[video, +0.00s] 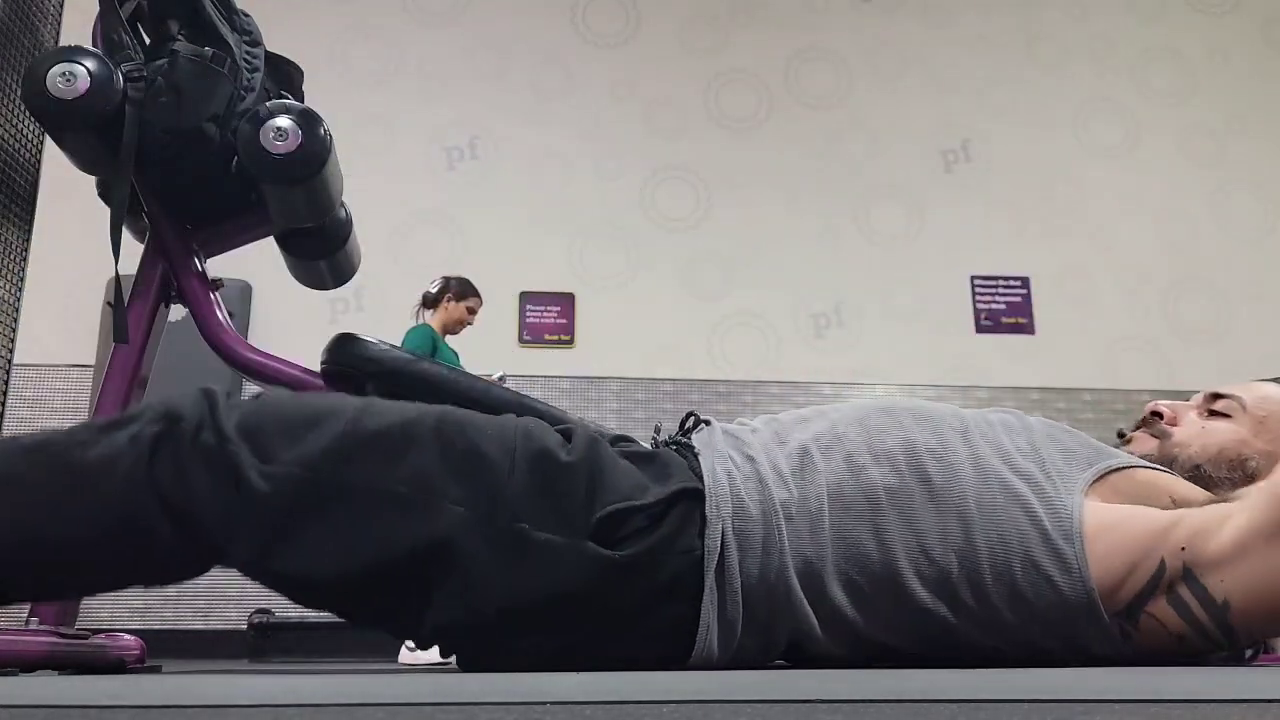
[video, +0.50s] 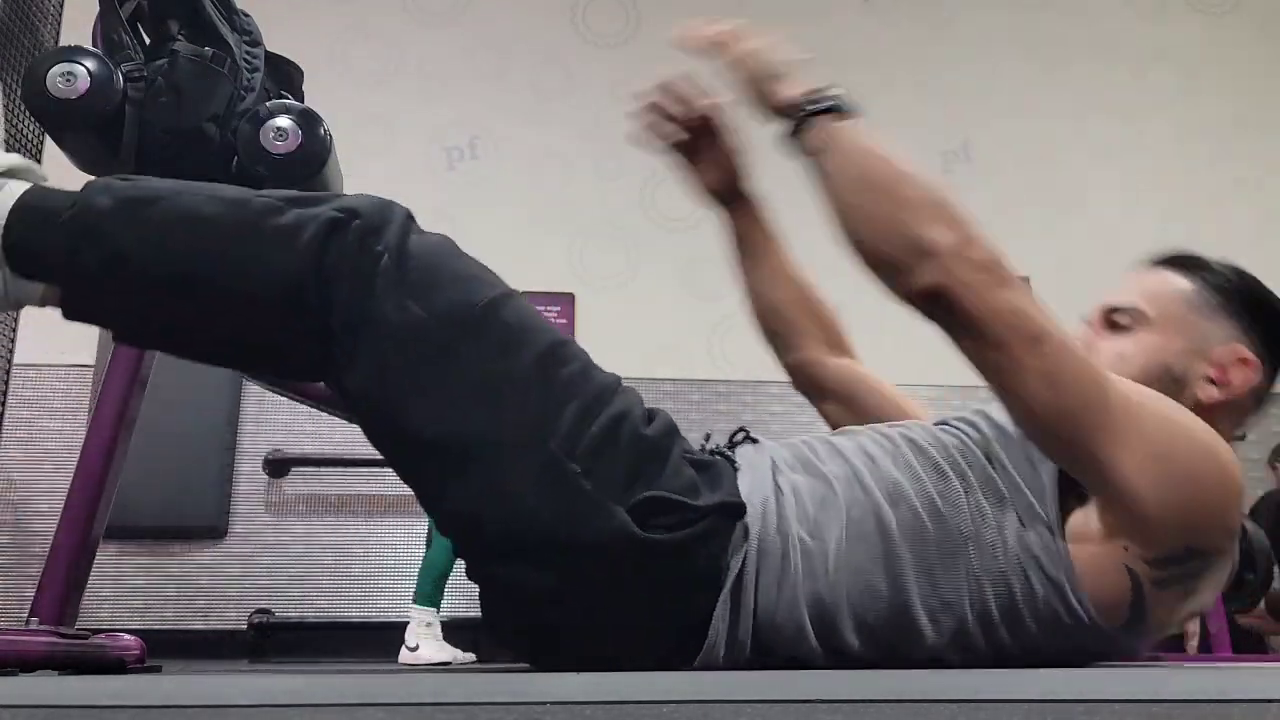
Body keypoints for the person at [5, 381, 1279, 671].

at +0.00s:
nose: (1196, 405)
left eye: (1225, 419)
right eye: (1208, 397)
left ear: (1234, 479)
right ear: (1172, 425)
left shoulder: (1177, 557)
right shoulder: (1104, 483)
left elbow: (1273, 542)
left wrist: (1245, 453)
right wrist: (1231, 440)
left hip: (658, 538)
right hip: (651, 470)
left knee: (216, 451)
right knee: (239, 440)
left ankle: (13, 523)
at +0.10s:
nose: (1198, 407)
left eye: (1227, 420)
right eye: (1203, 400)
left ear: (1233, 482)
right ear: (1167, 433)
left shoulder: (1168, 568)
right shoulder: (1107, 494)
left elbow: (1276, 461)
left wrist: (1237, 435)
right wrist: (1213, 437)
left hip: (652, 546)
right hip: (648, 483)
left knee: (225, 404)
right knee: (262, 395)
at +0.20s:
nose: (1196, 406)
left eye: (1228, 410)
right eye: (1210, 399)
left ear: (1246, 470)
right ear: (1183, 428)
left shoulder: (1186, 570)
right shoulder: (1109, 483)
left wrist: (1195, 386)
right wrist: (1193, 380)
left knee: (257, 344)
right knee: (277, 338)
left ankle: (8, 380)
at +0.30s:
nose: (1196, 386)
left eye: (1232, 408)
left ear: (1256, 444)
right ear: (1197, 399)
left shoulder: (1196, 546)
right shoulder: (1081, 479)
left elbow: (1229, 222)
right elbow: (978, 395)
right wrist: (1114, 244)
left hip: (649, 557)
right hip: (649, 493)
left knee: (310, 302)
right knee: (332, 308)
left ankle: (9, 319)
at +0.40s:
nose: (1176, 348)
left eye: (1213, 360)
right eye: (1194, 342)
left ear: (1252, 439)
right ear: (1161, 396)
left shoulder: (1206, 530)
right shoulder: (1068, 478)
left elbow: (1074, 254)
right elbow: (906, 395)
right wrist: (930, 202)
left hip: (656, 565)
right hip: (643, 508)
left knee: (350, 275)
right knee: (368, 287)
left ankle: (20, 267)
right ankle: (224, 202)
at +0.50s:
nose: (1086, 340)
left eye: (1129, 329)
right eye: (1100, 321)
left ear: (1224, 382)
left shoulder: (1195, 487)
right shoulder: (1040, 469)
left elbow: (951, 274)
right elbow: (833, 369)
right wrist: (738, 201)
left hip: (686, 561)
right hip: (669, 522)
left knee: (368, 265)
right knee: (381, 285)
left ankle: (23, 230)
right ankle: (68, 235)